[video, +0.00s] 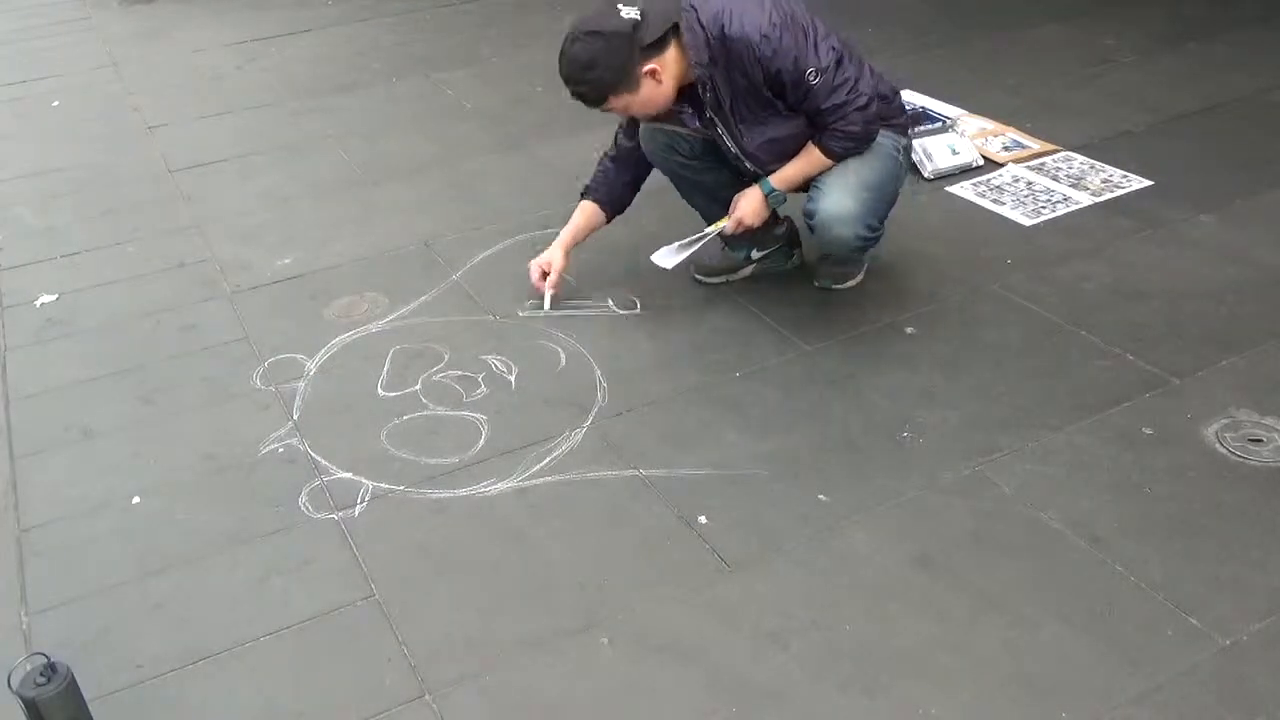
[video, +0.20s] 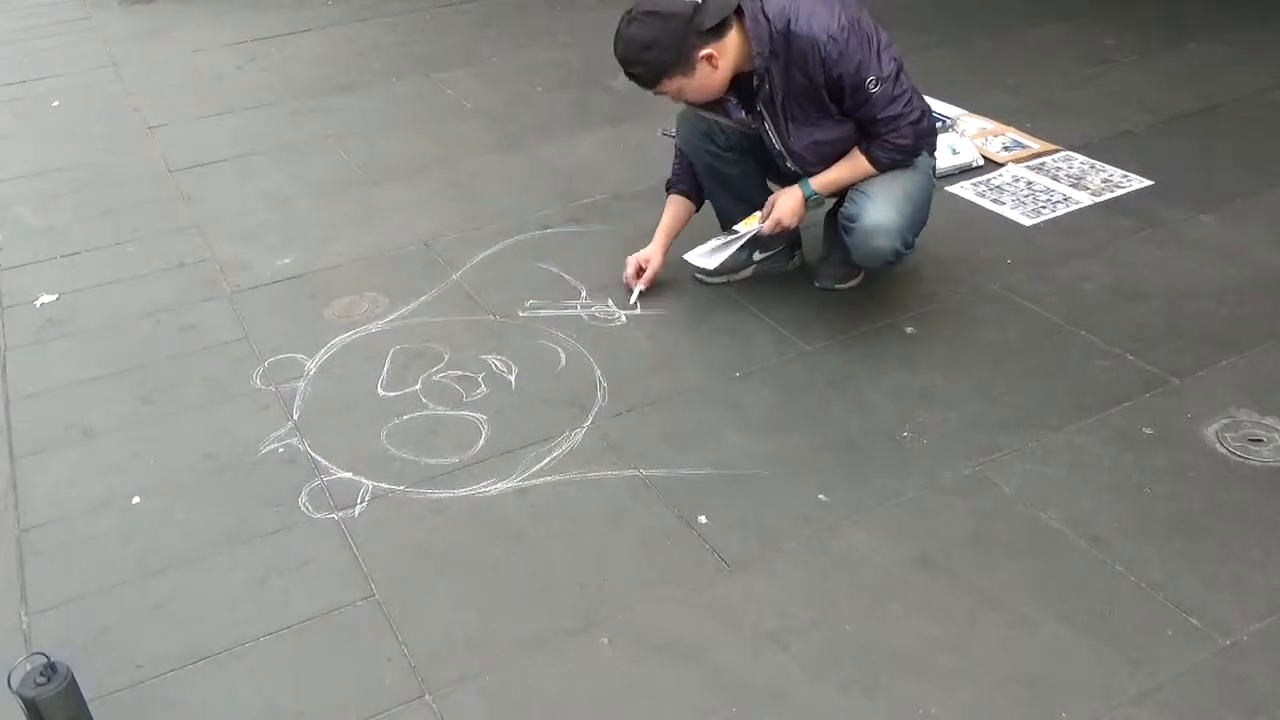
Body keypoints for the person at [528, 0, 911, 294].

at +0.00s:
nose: (623, 117)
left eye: (620, 106)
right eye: (614, 111)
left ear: (653, 75)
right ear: (650, 70)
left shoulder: (763, 34)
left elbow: (859, 118)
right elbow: (624, 157)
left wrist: (770, 191)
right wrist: (563, 243)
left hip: (861, 133)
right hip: (776, 145)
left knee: (837, 221)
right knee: (660, 138)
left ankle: (840, 255)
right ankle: (763, 240)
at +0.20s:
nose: (679, 101)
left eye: (675, 92)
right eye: (669, 94)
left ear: (709, 61)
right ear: (709, 56)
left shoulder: (830, 36)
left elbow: (907, 136)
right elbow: (694, 155)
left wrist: (807, 191)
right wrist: (659, 244)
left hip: (881, 152)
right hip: (799, 154)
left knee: (878, 240)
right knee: (698, 127)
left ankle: (843, 235)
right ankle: (772, 241)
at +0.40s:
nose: (673, 98)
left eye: (668, 90)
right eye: (664, 92)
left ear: (700, 61)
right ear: (700, 56)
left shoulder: (823, 38)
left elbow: (901, 142)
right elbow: (698, 149)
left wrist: (800, 196)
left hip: (881, 154)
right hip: (798, 152)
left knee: (871, 241)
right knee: (695, 122)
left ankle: (841, 244)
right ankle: (772, 242)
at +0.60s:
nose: (691, 124)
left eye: (686, 114)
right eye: (682, 117)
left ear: (719, 86)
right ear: (717, 80)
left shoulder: (841, 48)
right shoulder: (736, 65)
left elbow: (944, 129)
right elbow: (718, 162)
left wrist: (842, 186)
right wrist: (675, 236)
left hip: (925, 151)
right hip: (838, 153)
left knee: (895, 219)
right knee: (730, 146)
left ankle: (872, 256)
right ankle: (822, 232)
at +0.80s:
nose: (780, 122)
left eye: (771, 111)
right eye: (767, 115)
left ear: (800, 72)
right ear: (799, 68)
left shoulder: (928, 57)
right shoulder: (828, 60)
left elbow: (1000, 189)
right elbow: (821, 173)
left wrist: (898, 244)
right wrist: (794, 254)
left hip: (1027, 188)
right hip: (932, 180)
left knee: (960, 298)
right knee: (808, 141)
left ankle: (965, 317)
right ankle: (892, 274)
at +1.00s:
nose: (794, 82)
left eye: (785, 73)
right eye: (782, 76)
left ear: (812, 52)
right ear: (816, 47)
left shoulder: (937, 40)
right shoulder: (865, 36)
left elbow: (985, 191)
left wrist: (901, 264)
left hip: (1051, 203)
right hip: (974, 175)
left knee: (927, 324)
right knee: (840, 110)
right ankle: (881, 268)